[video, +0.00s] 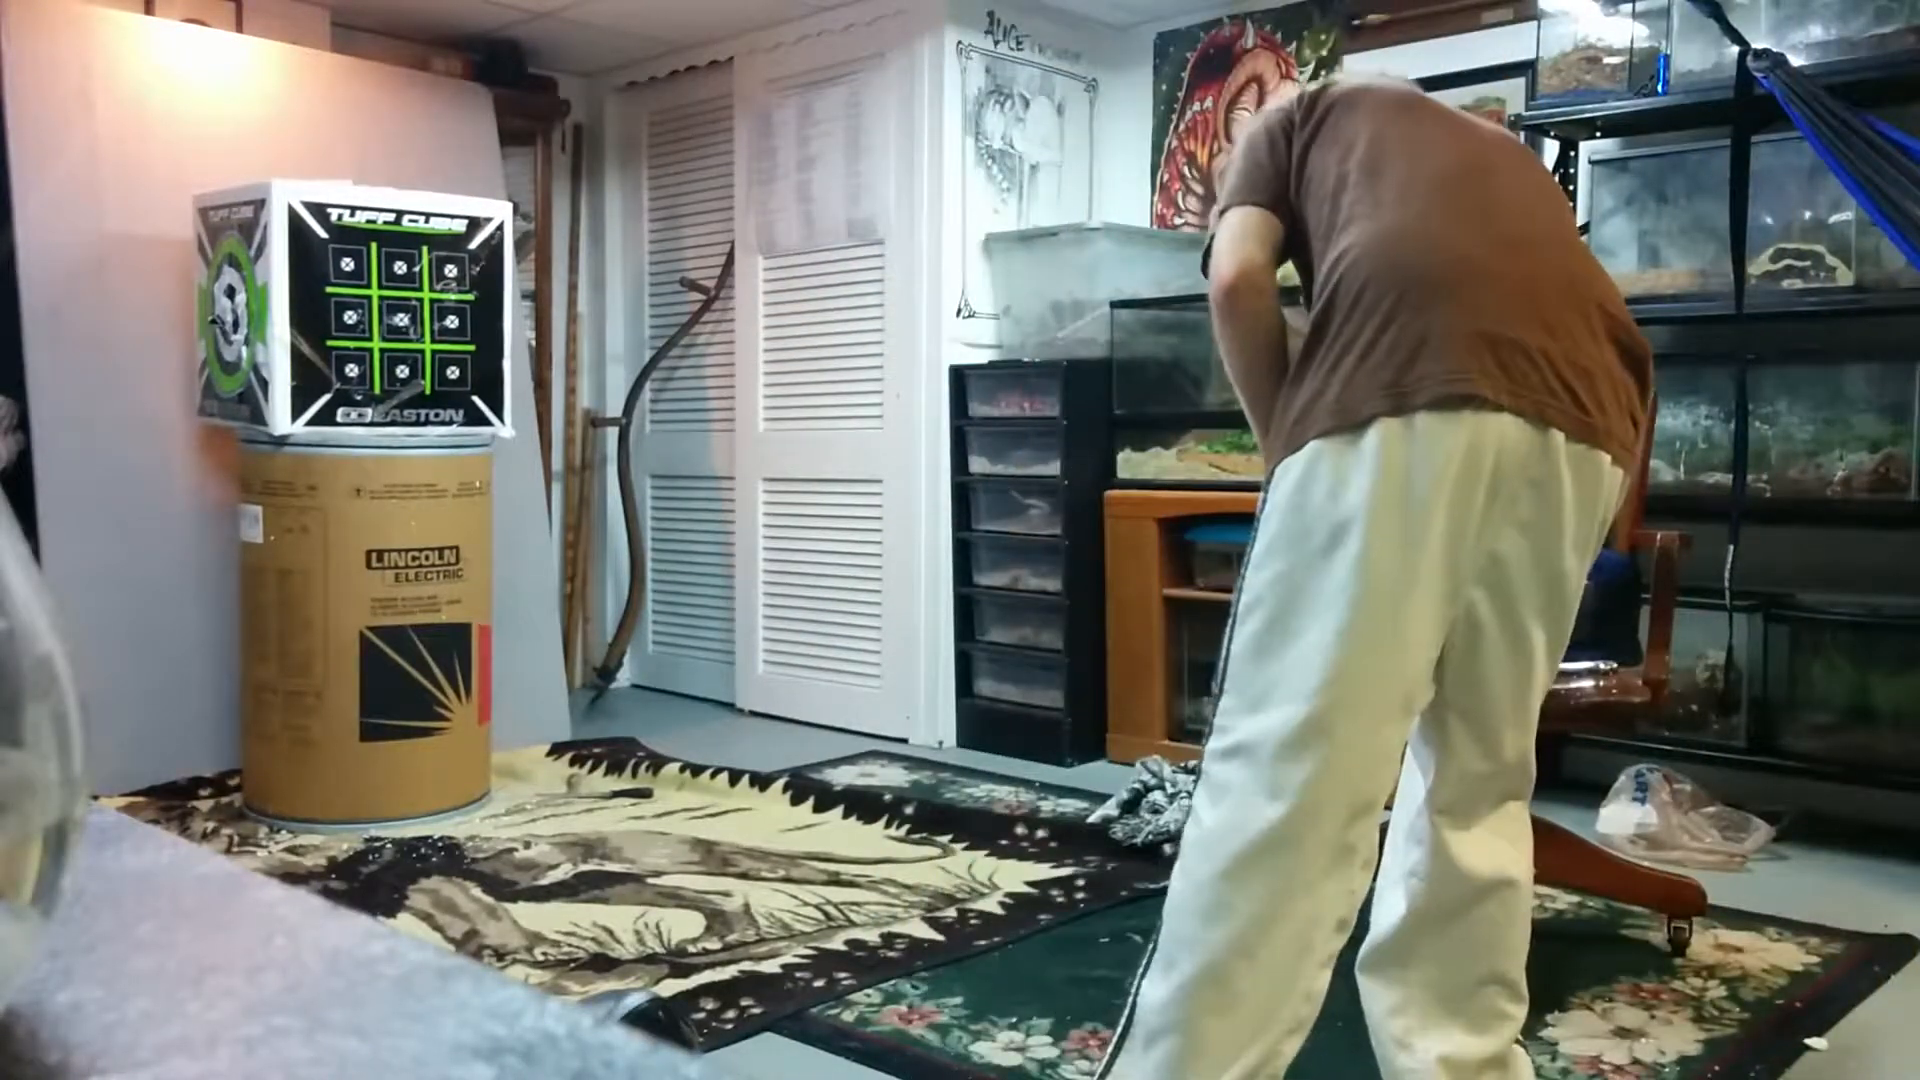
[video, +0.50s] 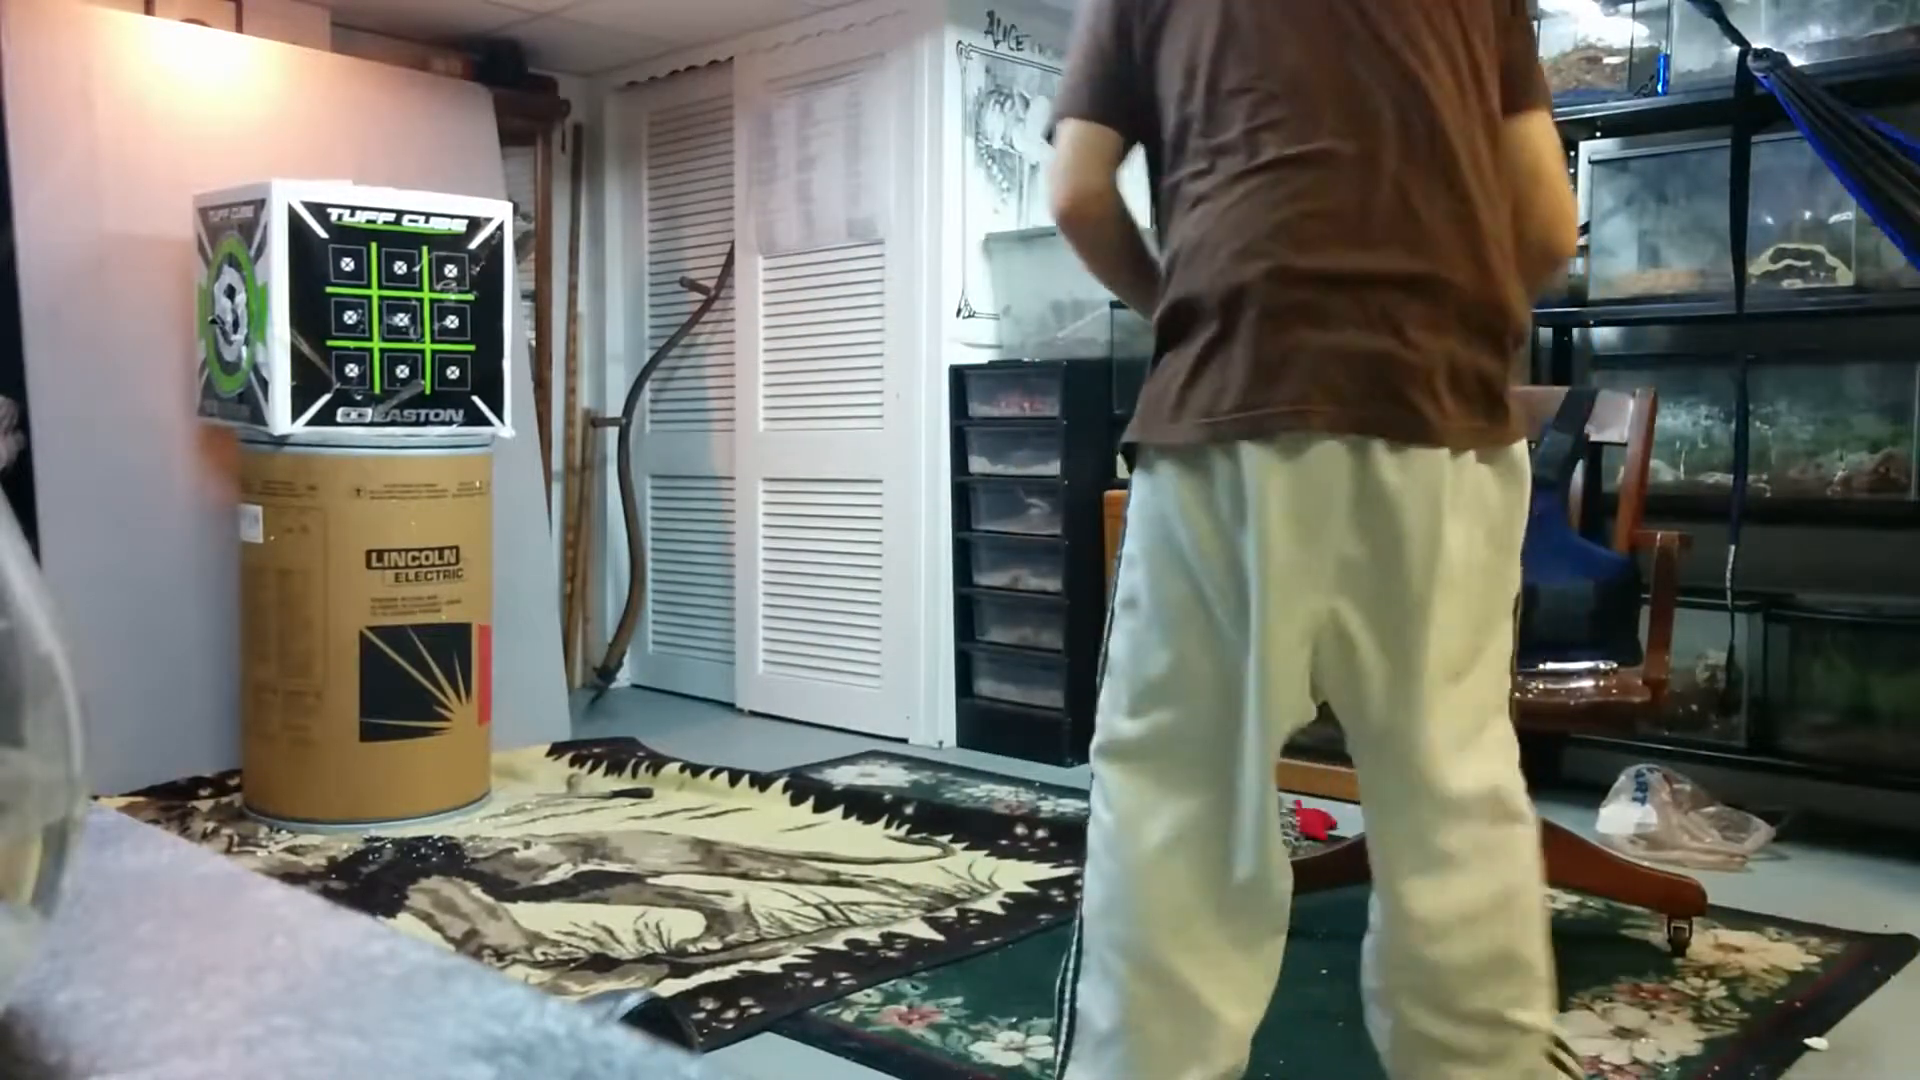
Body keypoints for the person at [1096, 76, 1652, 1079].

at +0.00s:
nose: (1244, 133)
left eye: (1247, 118)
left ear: (1295, 88)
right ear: (1422, 102)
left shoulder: (1292, 118)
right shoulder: (1513, 160)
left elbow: (1236, 274)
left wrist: (1285, 440)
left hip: (1397, 390)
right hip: (1584, 413)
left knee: (1289, 765)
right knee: (1480, 771)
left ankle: (1188, 1058)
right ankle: (1463, 1057)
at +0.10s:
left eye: (1265, 73)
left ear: (1304, 56)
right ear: (1407, 61)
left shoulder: (1275, 90)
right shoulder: (1500, 128)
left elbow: (1222, 264)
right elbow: (1603, 331)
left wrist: (1270, 433)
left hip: (1385, 377)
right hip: (1570, 405)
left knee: (1279, 765)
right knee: (1475, 773)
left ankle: (1181, 1057)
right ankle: (1461, 1056)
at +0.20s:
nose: (1221, 65)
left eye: (1226, 53)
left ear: (1278, 22)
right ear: (1398, 16)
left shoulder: (1255, 51)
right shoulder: (1493, 102)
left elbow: (1197, 249)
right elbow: (1565, 293)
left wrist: (1250, 417)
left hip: (1349, 387)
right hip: (1537, 402)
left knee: (1245, 771)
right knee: (1466, 778)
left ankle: (1167, 1056)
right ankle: (1456, 1053)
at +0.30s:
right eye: (1483, 16)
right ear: (1446, 4)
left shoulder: (1230, 21)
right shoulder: (1493, 63)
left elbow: (1164, 234)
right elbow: (1574, 328)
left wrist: (1231, 386)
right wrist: (1532, 440)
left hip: (1306, 385)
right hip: (1502, 398)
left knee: (1209, 782)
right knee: (1454, 791)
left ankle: (1155, 1056)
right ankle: (1453, 1055)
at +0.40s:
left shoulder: (1184, 6)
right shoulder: (1483, 22)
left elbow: (1122, 215)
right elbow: (1566, 275)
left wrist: (1194, 339)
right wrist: (1432, 313)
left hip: (1258, 383)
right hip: (1461, 392)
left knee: (1181, 786)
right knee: (1446, 788)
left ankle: (1141, 1057)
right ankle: (1456, 1056)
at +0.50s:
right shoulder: (1477, 2)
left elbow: (1077, 193)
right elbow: (1548, 221)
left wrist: (1179, 304)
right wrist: (1449, 311)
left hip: (1227, 368)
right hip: (1433, 373)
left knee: (1169, 773)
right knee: (1451, 772)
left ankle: (1143, 1057)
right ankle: (1483, 1054)